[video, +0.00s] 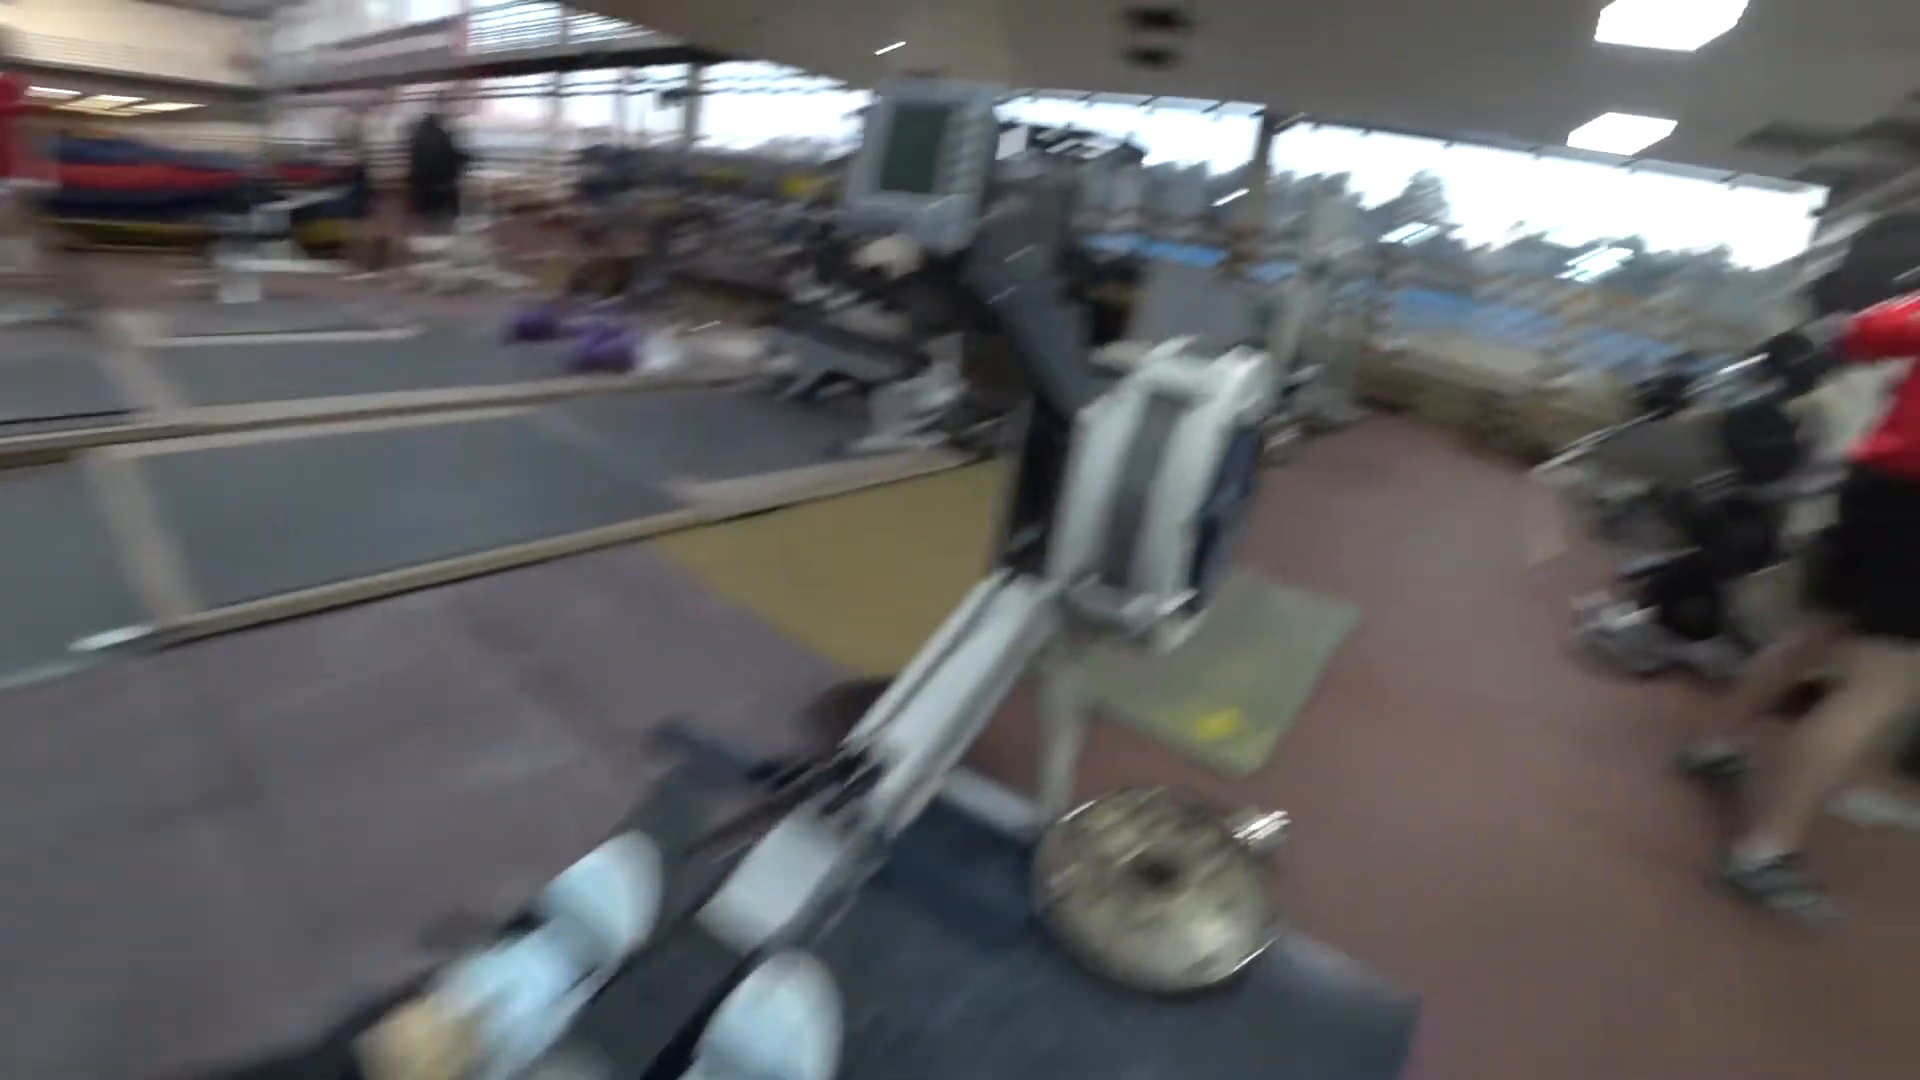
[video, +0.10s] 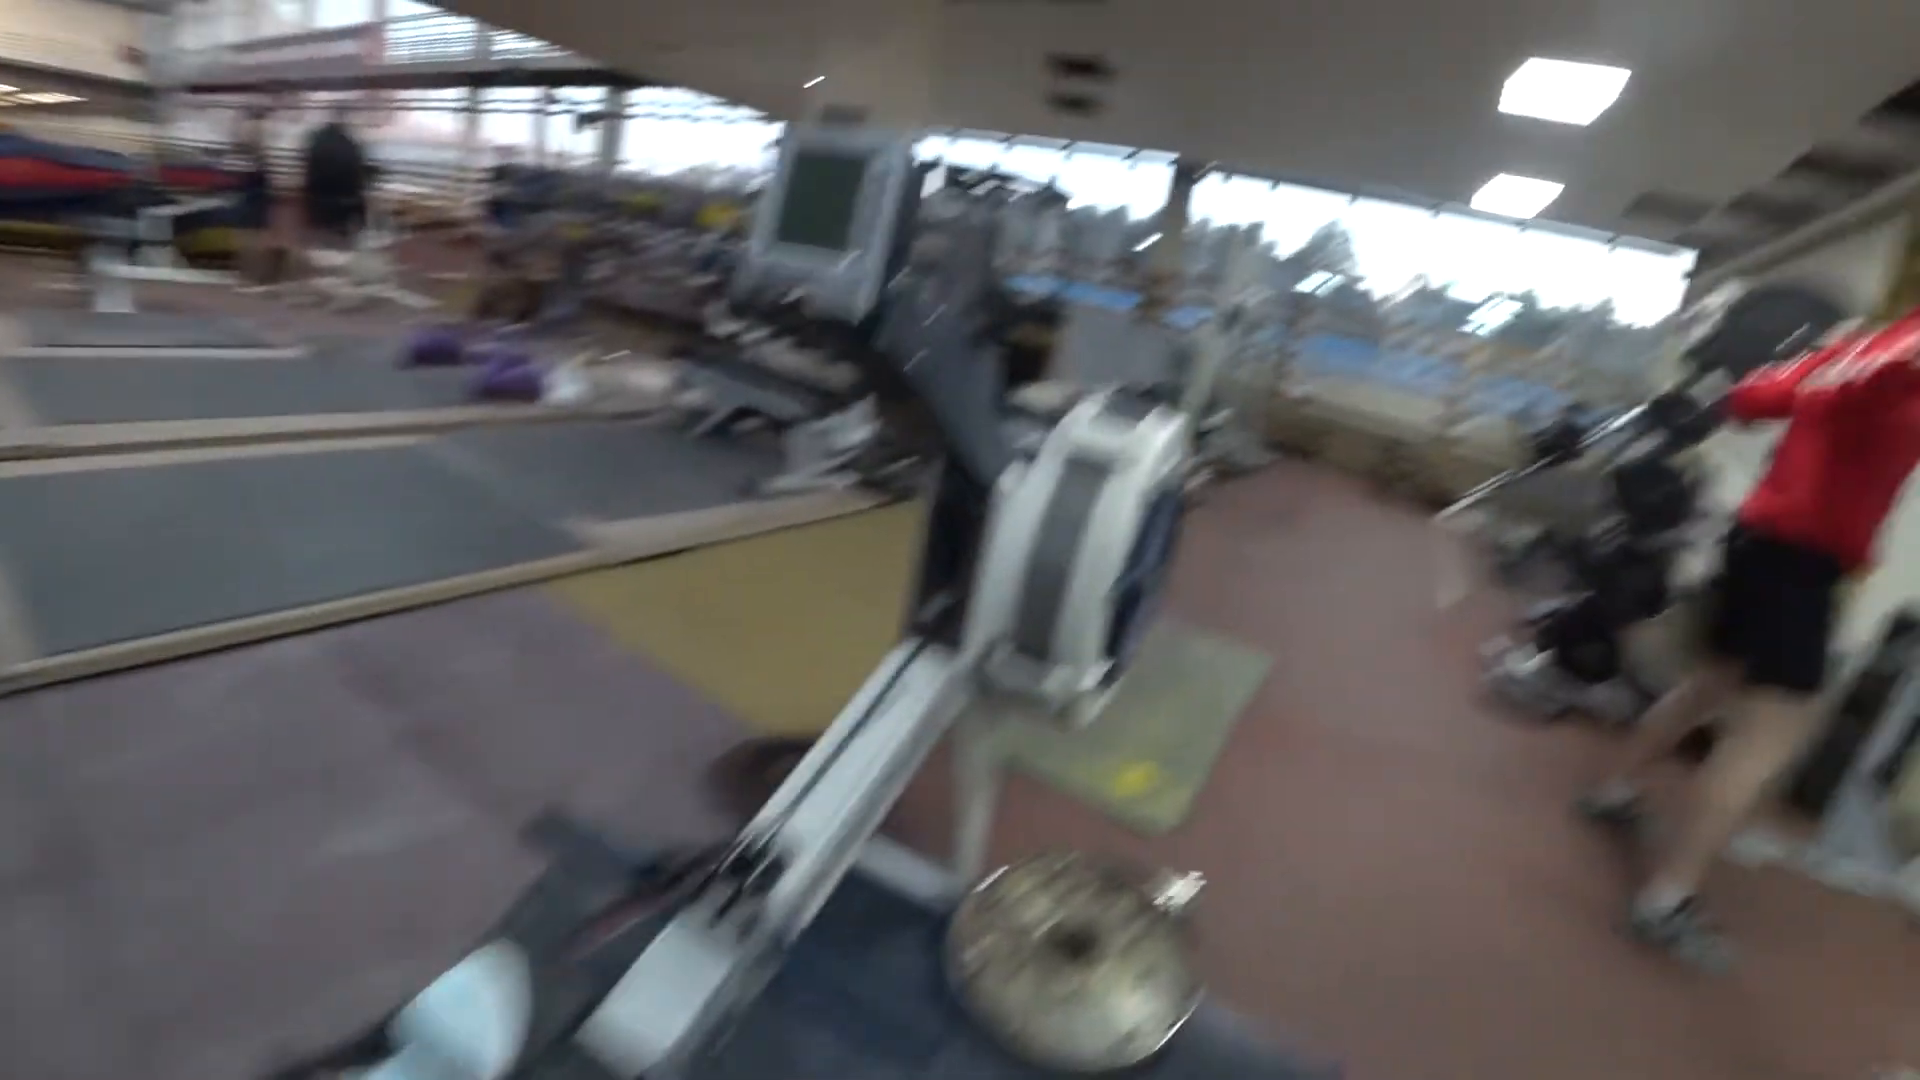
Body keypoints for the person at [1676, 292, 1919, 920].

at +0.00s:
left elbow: (1885, 326)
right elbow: (1885, 328)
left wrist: (1832, 337)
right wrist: (1833, 337)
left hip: (1881, 474)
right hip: (1906, 486)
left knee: (1819, 631)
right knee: (1886, 679)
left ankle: (1718, 740)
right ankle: (1764, 850)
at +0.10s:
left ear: (1904, 289)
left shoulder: (1877, 340)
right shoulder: (1908, 346)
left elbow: (1796, 377)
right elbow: (1826, 386)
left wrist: (1738, 397)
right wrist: (1737, 400)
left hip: (1766, 533)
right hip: (1802, 551)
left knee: (1715, 677)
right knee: (1776, 722)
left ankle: (1613, 788)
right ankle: (1666, 897)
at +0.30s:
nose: (1816, 491)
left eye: (1819, 480)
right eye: (1817, 478)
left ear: (1760, 459)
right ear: (1800, 473)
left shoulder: (1689, 504)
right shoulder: (1760, 516)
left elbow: (1602, 536)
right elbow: (1732, 536)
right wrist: (1770, 525)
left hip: (1603, 672)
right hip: (1653, 699)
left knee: (1558, 803)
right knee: (1613, 865)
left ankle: (1462, 905)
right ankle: (1512, 1024)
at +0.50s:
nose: (1827, 592)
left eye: (1828, 578)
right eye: (1825, 578)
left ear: (1757, 561)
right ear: (1800, 577)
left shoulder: (1679, 598)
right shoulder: (1753, 621)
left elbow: (1584, 625)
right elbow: (1709, 649)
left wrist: (1647, 595)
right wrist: (1776, 629)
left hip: (1578, 765)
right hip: (1631, 799)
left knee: (1522, 898)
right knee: (1577, 971)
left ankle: (1419, 994)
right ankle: (1509, 1069)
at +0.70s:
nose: (1814, 637)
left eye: (1816, 621)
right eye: (1808, 619)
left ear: (1750, 602)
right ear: (1780, 614)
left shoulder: (1674, 632)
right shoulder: (1747, 660)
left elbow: (1578, 652)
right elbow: (1670, 686)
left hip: (1569, 802)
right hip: (1631, 837)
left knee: (1507, 928)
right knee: (1568, 1003)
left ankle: (1398, 1029)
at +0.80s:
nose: (1816, 720)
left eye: (1819, 706)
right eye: (1813, 705)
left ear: (1752, 683)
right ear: (1784, 698)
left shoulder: (1665, 710)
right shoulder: (1742, 746)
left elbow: (1568, 720)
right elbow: (1668, 769)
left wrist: (1636, 701)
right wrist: (1767, 758)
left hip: (1548, 868)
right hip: (1603, 907)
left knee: (1475, 987)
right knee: (1537, 1058)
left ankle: (1361, 1067)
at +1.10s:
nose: (1900, 778)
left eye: (1904, 768)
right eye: (1901, 765)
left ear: (1832, 738)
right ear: (1876, 756)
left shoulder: (1740, 759)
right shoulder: (1824, 801)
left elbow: (1627, 762)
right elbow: (1770, 827)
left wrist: (1698, 749)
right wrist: (1860, 814)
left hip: (1602, 915)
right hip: (1658, 964)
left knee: (1515, 1040)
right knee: (1595, 1075)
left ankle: (1418, 1077)